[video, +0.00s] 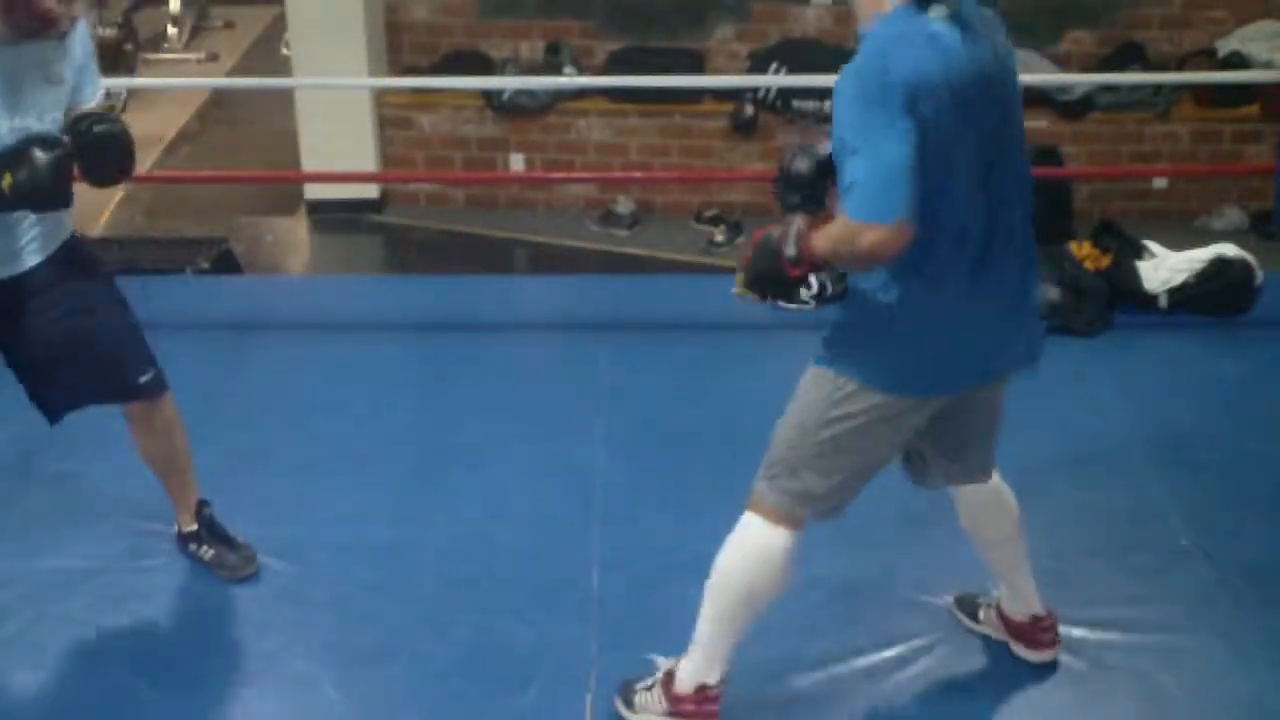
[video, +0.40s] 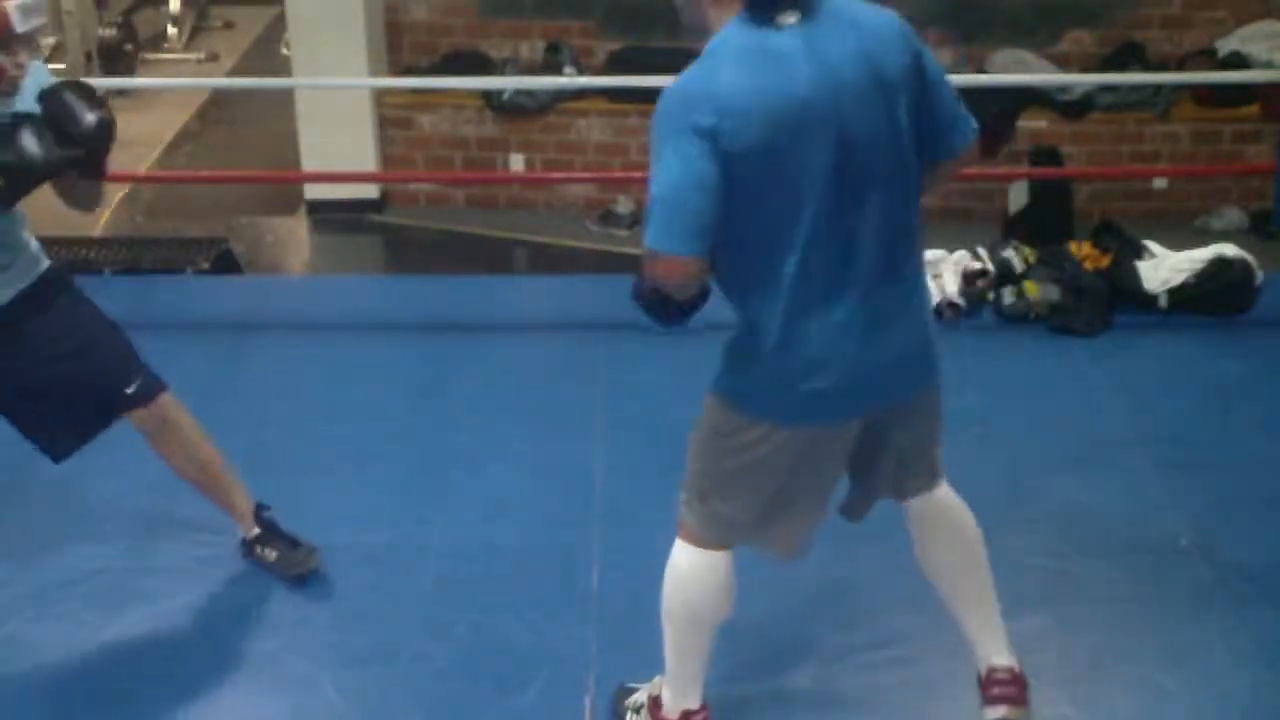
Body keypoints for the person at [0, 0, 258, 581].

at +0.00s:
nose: (59, 12)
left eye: (64, 3)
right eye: (43, 5)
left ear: (71, 3)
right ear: (11, 6)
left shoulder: (68, 30)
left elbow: (89, 112)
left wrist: (103, 146)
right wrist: (7, 183)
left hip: (42, 250)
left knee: (144, 385)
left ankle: (193, 522)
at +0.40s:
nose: (13, 60)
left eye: (19, 43)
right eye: (1, 46)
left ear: (30, 43)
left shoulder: (30, 80)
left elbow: (83, 198)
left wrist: (85, 147)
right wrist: (26, 160)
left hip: (17, 276)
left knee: (146, 398)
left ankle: (254, 525)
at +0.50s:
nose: (60, 65)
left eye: (62, 46)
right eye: (44, 54)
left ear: (67, 36)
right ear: (9, 60)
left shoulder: (73, 83)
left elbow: (111, 208)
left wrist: (121, 166)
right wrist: (34, 197)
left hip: (39, 270)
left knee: (170, 391)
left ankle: (258, 528)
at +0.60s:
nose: (112, 61)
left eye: (118, 41)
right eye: (95, 49)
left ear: (123, 27)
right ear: (39, 45)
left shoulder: (110, 67)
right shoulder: (6, 90)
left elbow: (137, 196)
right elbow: (3, 214)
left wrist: (153, 162)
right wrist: (59, 194)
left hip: (74, 268)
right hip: (4, 293)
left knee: (195, 389)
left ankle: (259, 529)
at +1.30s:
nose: (126, 29)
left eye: (138, 17)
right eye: (115, 15)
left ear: (148, 11)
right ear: (71, 2)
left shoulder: (154, 37)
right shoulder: (14, 44)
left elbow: (212, 163)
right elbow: (22, 190)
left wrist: (206, 100)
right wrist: (95, 128)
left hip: (150, 261)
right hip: (32, 277)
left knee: (261, 389)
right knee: (4, 427)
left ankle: (338, 523)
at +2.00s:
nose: (166, 3)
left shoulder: (217, 11)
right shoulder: (62, 18)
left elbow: (268, 130)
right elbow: (66, 158)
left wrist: (264, 78)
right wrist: (129, 104)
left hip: (224, 230)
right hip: (107, 242)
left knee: (323, 370)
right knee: (54, 393)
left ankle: (412, 504)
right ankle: (61, 481)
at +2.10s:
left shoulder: (254, 14)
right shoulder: (103, 21)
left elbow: (324, 135)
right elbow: (110, 157)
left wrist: (304, 70)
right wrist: (172, 88)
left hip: (253, 235)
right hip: (134, 242)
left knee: (346, 377)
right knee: (75, 382)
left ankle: (424, 516)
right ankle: (59, 476)